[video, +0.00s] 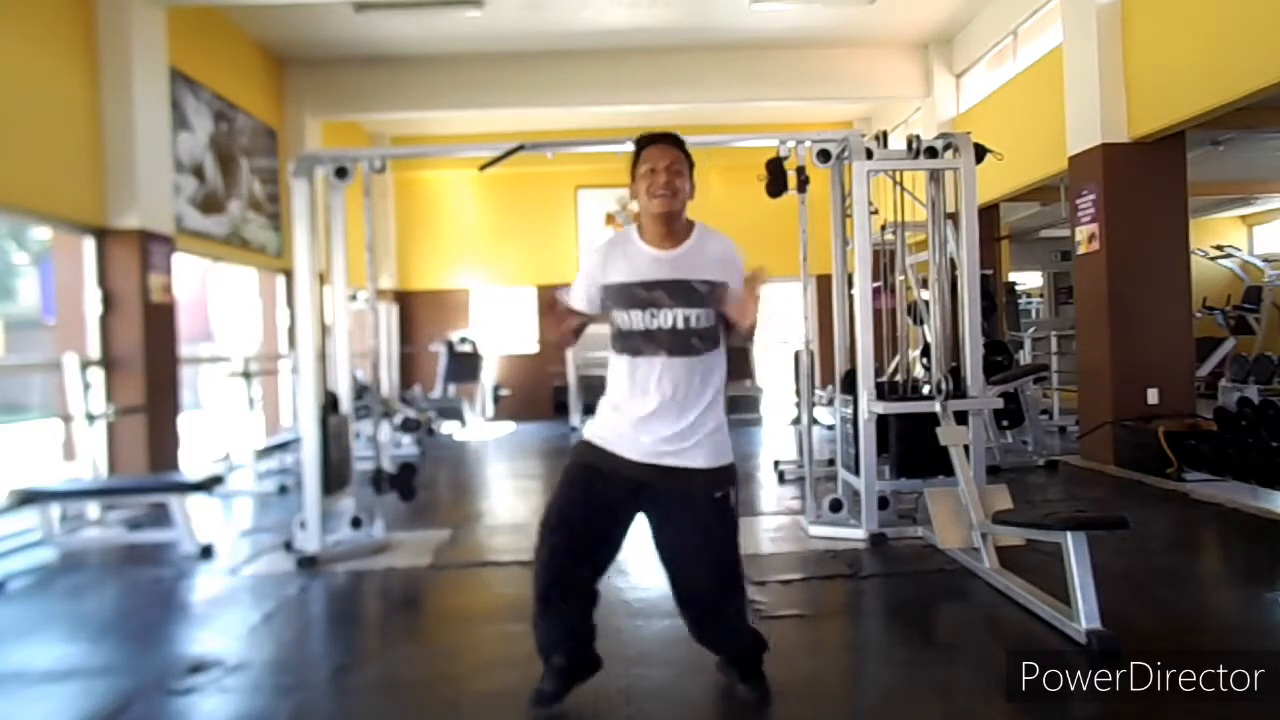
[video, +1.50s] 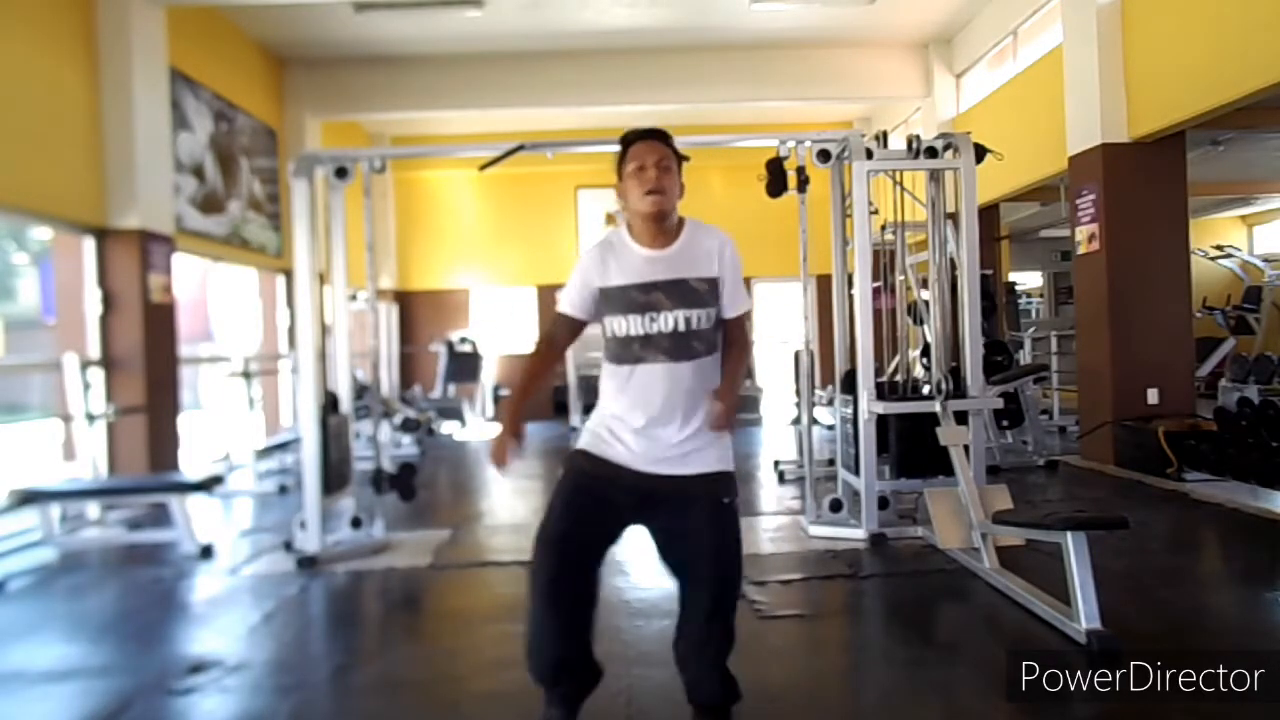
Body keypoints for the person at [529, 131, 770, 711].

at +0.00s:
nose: (663, 180)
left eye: (675, 171)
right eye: (651, 172)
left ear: (692, 183)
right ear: (633, 186)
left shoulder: (720, 254)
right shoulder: (609, 254)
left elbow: (737, 332)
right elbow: (570, 326)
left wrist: (745, 318)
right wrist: (558, 325)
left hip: (695, 446)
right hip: (615, 438)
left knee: (708, 583)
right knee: (560, 554)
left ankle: (742, 659)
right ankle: (566, 658)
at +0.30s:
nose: (656, 184)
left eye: (667, 175)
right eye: (644, 177)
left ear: (684, 188)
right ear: (627, 193)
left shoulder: (717, 257)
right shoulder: (604, 263)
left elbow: (749, 333)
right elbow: (565, 340)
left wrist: (732, 358)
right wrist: (509, 367)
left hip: (696, 454)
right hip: (612, 450)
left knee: (724, 576)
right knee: (570, 560)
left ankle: (744, 673)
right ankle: (562, 675)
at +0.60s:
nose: (653, 181)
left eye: (664, 173)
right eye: (641, 174)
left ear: (680, 188)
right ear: (623, 190)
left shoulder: (706, 255)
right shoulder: (595, 256)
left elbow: (735, 325)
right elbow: (554, 322)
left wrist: (753, 369)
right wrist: (533, 379)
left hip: (695, 443)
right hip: (610, 448)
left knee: (739, 565)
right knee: (594, 577)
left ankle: (741, 663)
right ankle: (568, 684)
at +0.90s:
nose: (654, 172)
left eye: (665, 163)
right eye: (641, 164)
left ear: (679, 176)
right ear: (621, 178)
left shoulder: (707, 245)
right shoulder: (595, 247)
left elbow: (723, 336)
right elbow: (562, 322)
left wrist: (721, 417)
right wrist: (566, 395)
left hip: (689, 451)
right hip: (604, 450)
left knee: (723, 571)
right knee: (572, 581)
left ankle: (744, 675)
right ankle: (571, 695)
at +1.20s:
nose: (651, 171)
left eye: (662, 161)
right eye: (638, 162)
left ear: (679, 174)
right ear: (619, 177)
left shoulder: (711, 245)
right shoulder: (595, 249)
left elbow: (740, 334)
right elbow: (571, 336)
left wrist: (729, 422)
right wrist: (581, 417)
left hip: (690, 461)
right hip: (605, 459)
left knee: (712, 592)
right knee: (545, 592)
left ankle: (738, 689)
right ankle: (567, 693)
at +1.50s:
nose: (654, 177)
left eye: (664, 166)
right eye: (640, 169)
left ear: (682, 179)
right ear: (620, 186)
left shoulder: (716, 249)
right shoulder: (600, 259)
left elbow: (737, 334)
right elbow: (556, 340)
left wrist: (729, 390)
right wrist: (514, 414)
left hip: (696, 452)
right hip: (611, 447)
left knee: (715, 584)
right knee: (558, 555)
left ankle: (710, 698)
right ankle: (564, 686)